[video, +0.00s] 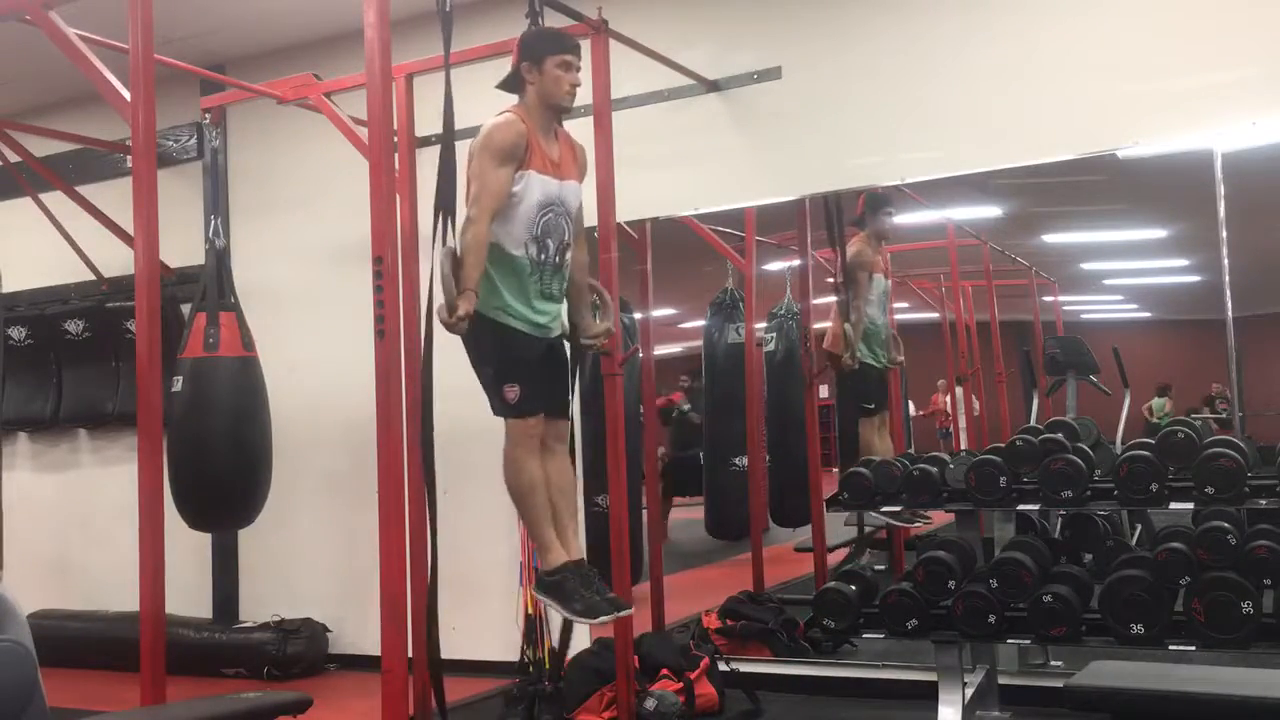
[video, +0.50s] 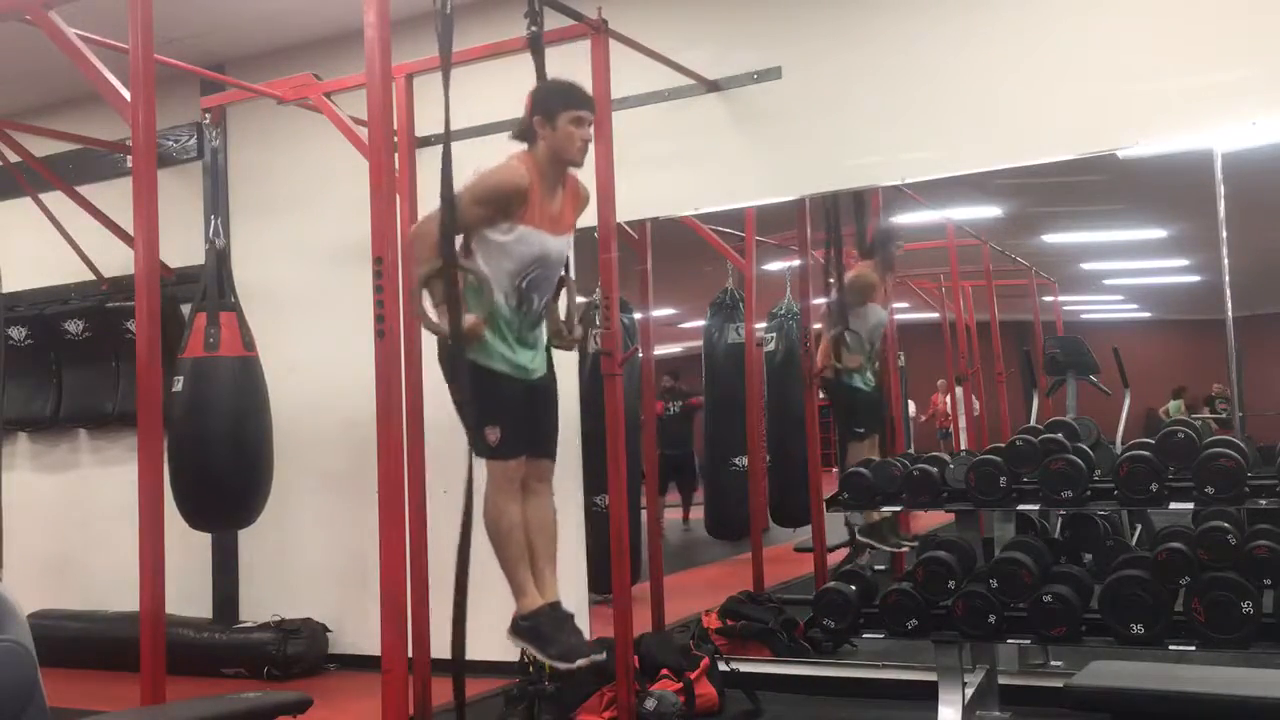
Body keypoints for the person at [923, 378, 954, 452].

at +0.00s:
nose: (942, 388)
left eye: (944, 386)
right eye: (940, 386)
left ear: (946, 387)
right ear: (938, 387)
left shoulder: (949, 396)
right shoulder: (935, 397)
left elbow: (953, 408)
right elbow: (932, 408)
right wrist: (924, 413)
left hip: (949, 421)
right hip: (940, 421)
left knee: (951, 437)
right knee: (941, 439)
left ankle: (954, 451)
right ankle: (943, 452)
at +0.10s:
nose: (942, 388)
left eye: (943, 386)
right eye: (940, 387)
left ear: (946, 387)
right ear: (938, 387)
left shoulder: (949, 396)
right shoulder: (935, 397)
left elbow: (952, 408)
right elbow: (932, 408)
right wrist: (925, 414)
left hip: (949, 421)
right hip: (940, 421)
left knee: (951, 437)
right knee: (941, 439)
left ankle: (954, 451)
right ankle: (943, 452)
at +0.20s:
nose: (942, 388)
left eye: (943, 386)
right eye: (940, 387)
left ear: (946, 386)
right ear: (938, 387)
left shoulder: (949, 396)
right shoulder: (935, 397)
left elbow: (953, 408)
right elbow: (932, 409)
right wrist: (924, 415)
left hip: (949, 421)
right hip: (940, 421)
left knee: (951, 437)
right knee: (941, 438)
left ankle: (954, 451)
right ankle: (943, 452)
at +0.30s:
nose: (942, 389)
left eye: (943, 386)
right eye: (940, 387)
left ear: (946, 387)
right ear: (938, 387)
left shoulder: (949, 396)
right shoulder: (935, 397)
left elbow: (952, 408)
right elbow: (932, 409)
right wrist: (925, 415)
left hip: (949, 420)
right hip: (939, 421)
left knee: (950, 437)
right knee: (941, 438)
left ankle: (953, 451)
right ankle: (943, 452)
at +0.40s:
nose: (942, 389)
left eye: (943, 386)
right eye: (940, 387)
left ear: (946, 387)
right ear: (938, 387)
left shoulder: (949, 396)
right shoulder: (934, 397)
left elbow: (953, 409)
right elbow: (932, 410)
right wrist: (925, 416)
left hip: (949, 421)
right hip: (939, 421)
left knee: (951, 437)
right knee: (941, 439)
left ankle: (954, 452)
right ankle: (943, 453)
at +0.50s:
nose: (942, 389)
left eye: (943, 387)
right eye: (940, 387)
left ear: (946, 387)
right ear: (938, 387)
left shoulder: (949, 396)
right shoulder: (934, 397)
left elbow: (953, 408)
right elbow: (932, 409)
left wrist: (952, 417)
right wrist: (926, 418)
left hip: (949, 421)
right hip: (939, 421)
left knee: (951, 437)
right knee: (941, 439)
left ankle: (954, 451)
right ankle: (943, 452)